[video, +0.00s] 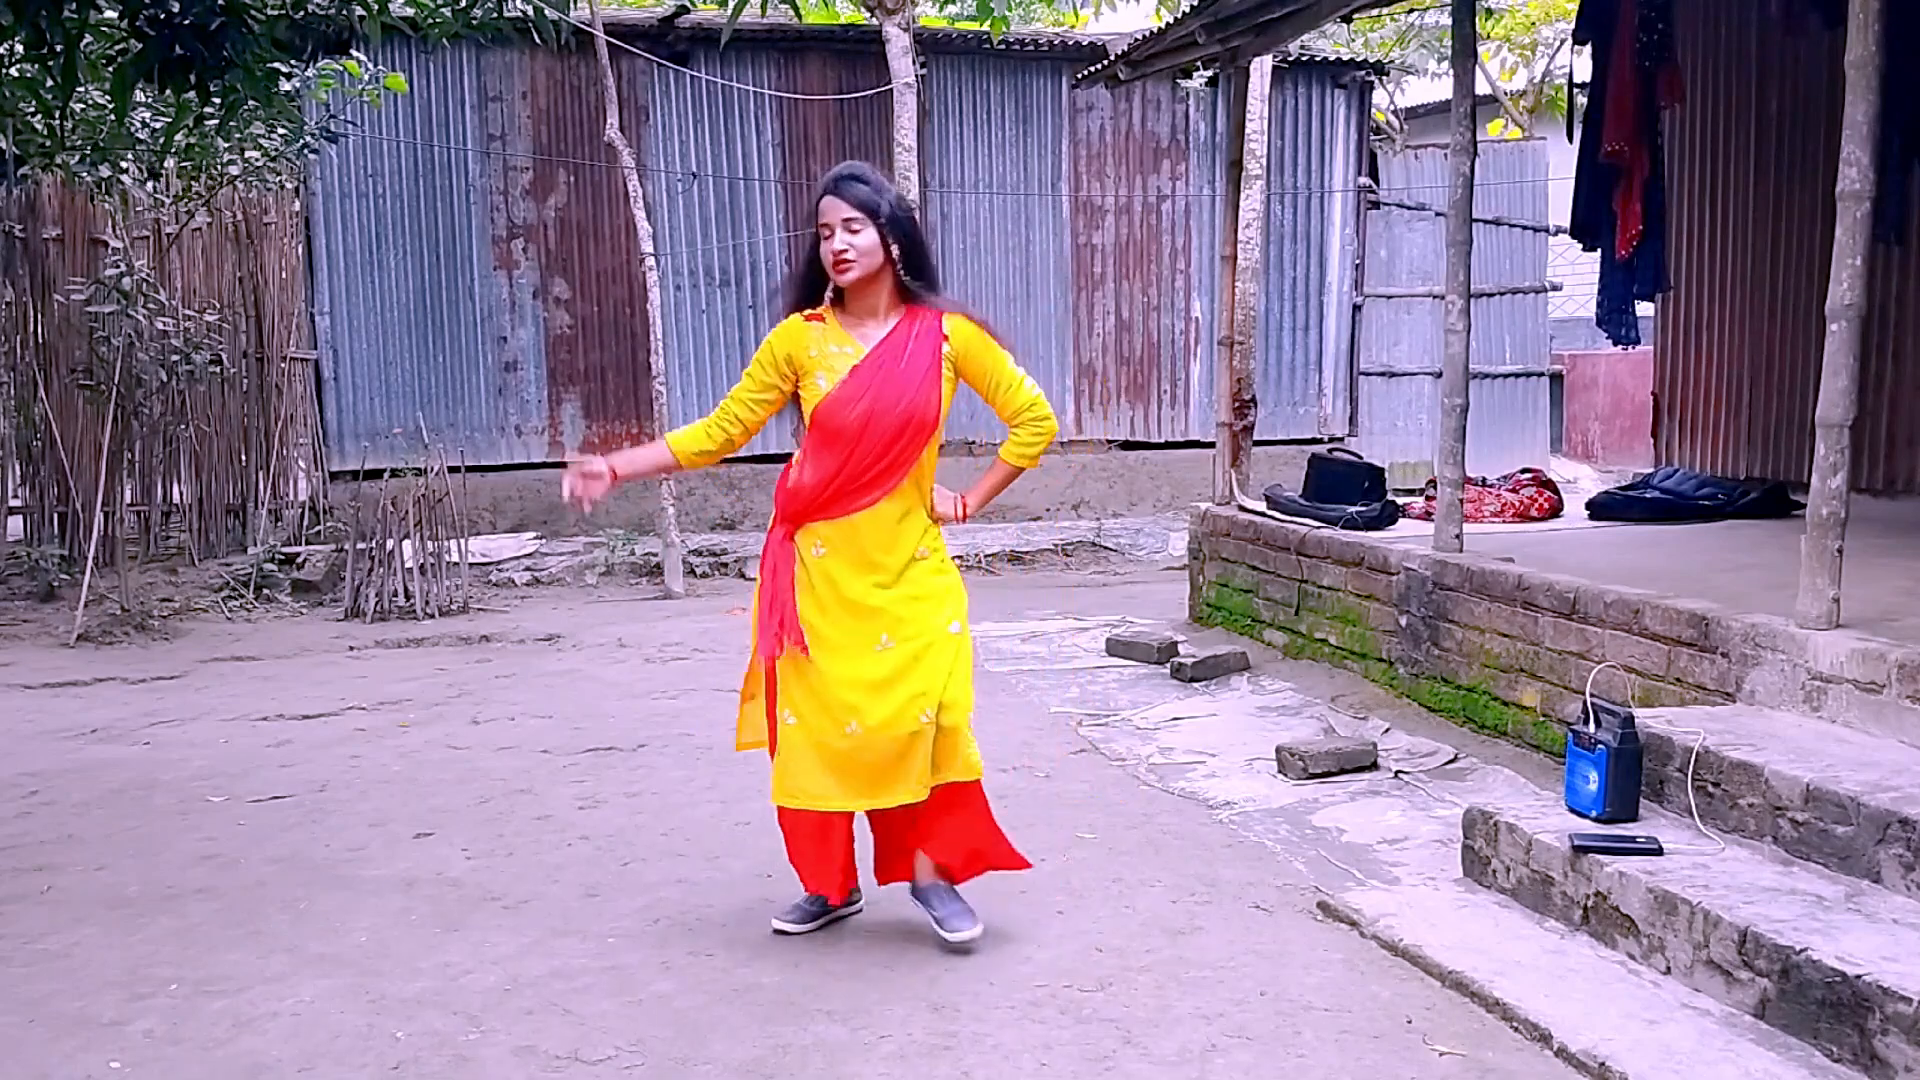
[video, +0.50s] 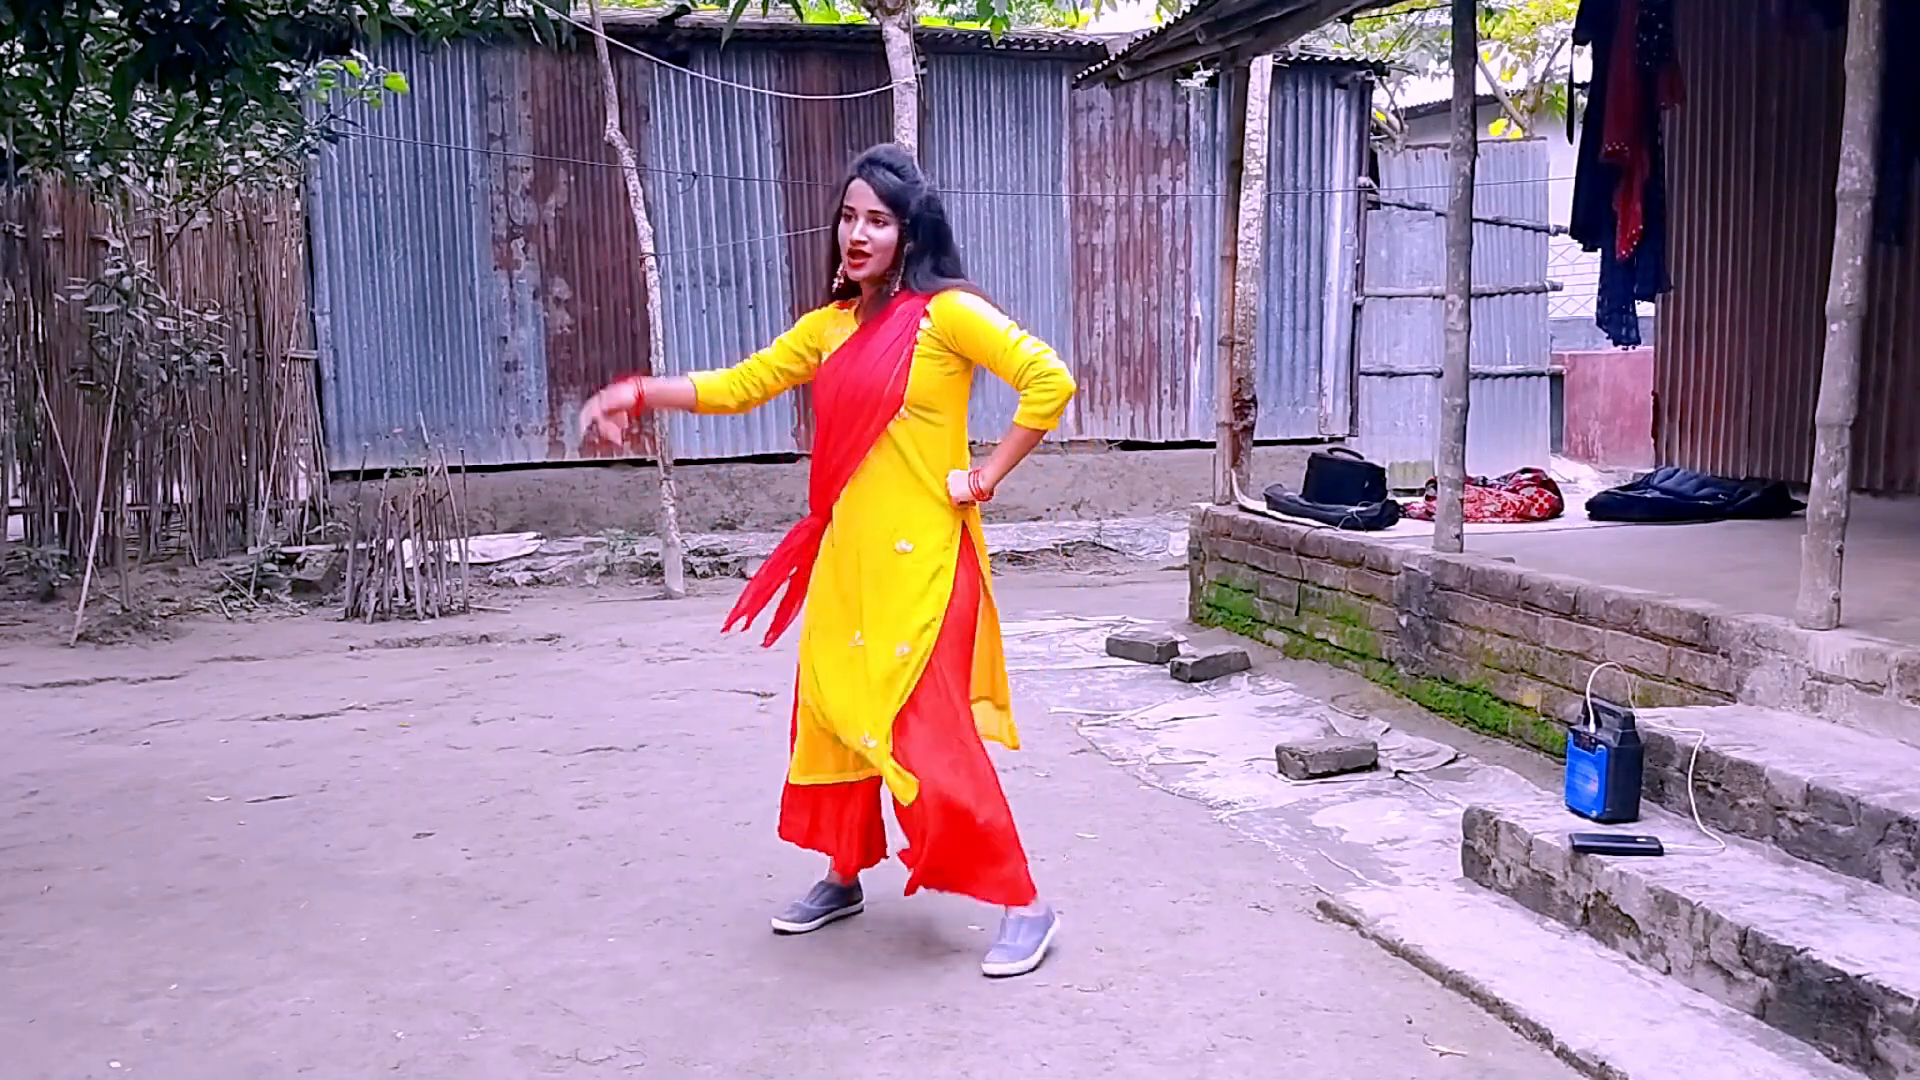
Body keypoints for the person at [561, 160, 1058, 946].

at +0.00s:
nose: (838, 244)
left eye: (853, 228)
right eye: (827, 232)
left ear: (892, 236)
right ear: (817, 247)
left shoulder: (946, 334)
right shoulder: (799, 338)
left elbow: (1036, 420)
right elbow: (720, 431)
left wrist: (973, 498)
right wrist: (617, 467)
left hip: (906, 548)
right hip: (813, 550)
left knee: (931, 708)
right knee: (809, 713)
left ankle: (931, 872)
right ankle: (830, 881)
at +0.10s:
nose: (835, 226)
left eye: (854, 212)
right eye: (824, 211)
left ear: (889, 225)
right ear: (811, 224)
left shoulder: (933, 314)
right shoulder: (788, 322)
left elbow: (1030, 396)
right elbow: (701, 406)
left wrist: (968, 476)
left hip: (901, 541)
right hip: (807, 542)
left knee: (903, 704)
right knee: (811, 706)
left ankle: (906, 866)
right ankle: (831, 879)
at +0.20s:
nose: (830, 235)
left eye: (848, 220)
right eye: (819, 219)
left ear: (883, 231)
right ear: (807, 229)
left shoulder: (932, 319)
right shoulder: (792, 329)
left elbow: (1027, 402)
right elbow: (681, 379)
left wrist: (965, 491)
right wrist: (630, 288)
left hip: (897, 543)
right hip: (804, 543)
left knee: (894, 706)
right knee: (806, 707)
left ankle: (900, 866)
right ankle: (827, 883)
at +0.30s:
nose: (831, 243)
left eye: (849, 229)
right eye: (819, 228)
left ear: (883, 241)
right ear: (807, 241)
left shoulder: (929, 327)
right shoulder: (796, 337)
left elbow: (1016, 414)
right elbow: (685, 369)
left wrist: (961, 500)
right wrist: (635, 281)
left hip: (900, 554)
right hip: (809, 553)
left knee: (908, 723)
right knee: (806, 719)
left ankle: (922, 848)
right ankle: (833, 883)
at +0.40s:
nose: (839, 241)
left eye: (857, 226)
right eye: (829, 224)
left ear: (892, 238)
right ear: (816, 236)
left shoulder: (935, 326)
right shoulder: (805, 335)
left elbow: (1028, 410)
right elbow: (705, 373)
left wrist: (979, 493)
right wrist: (633, 308)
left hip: (912, 558)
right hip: (822, 558)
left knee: (913, 721)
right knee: (819, 722)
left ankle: (974, 869)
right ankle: (838, 882)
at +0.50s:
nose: (856, 233)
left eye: (875, 219)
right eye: (848, 216)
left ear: (911, 231)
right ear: (836, 226)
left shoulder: (947, 312)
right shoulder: (829, 325)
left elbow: (1051, 382)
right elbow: (737, 386)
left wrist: (987, 473)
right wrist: (637, 390)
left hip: (924, 544)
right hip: (845, 545)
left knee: (923, 720)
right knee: (831, 705)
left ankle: (1024, 905)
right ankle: (840, 877)